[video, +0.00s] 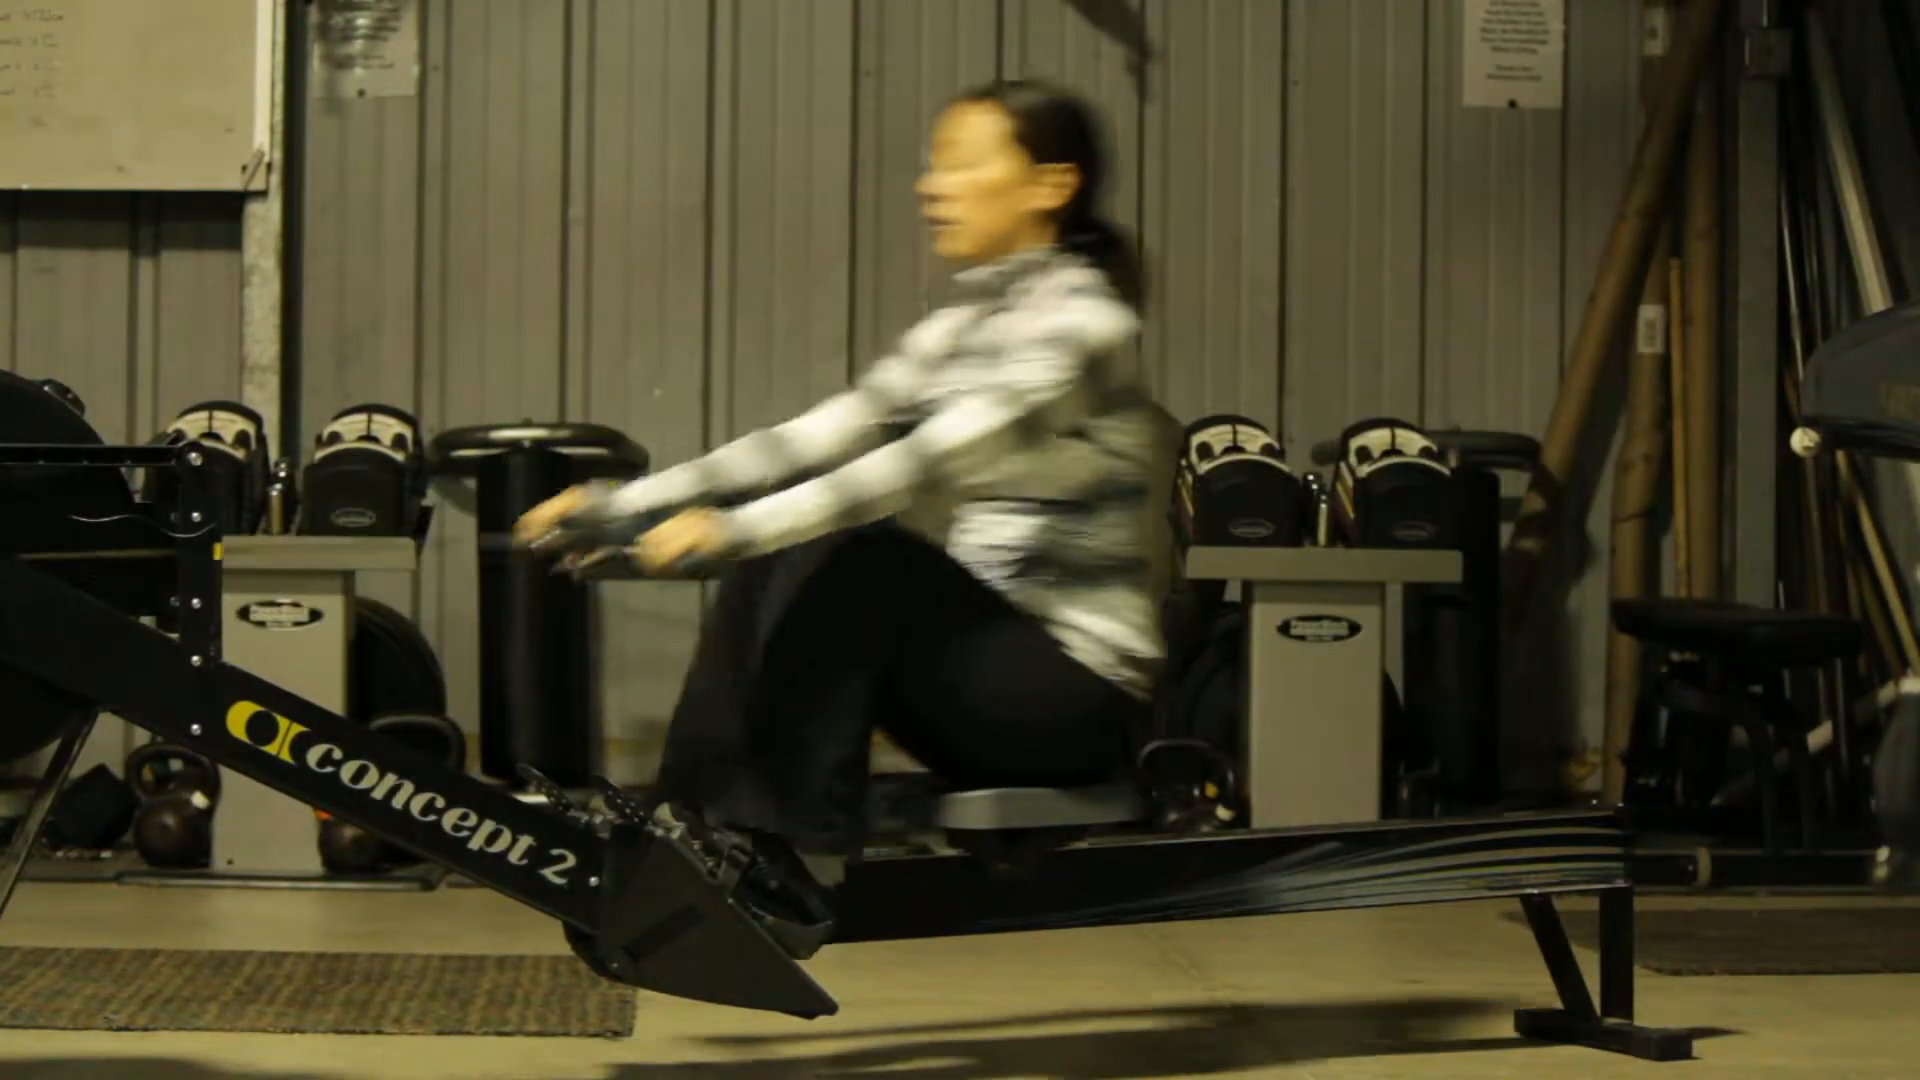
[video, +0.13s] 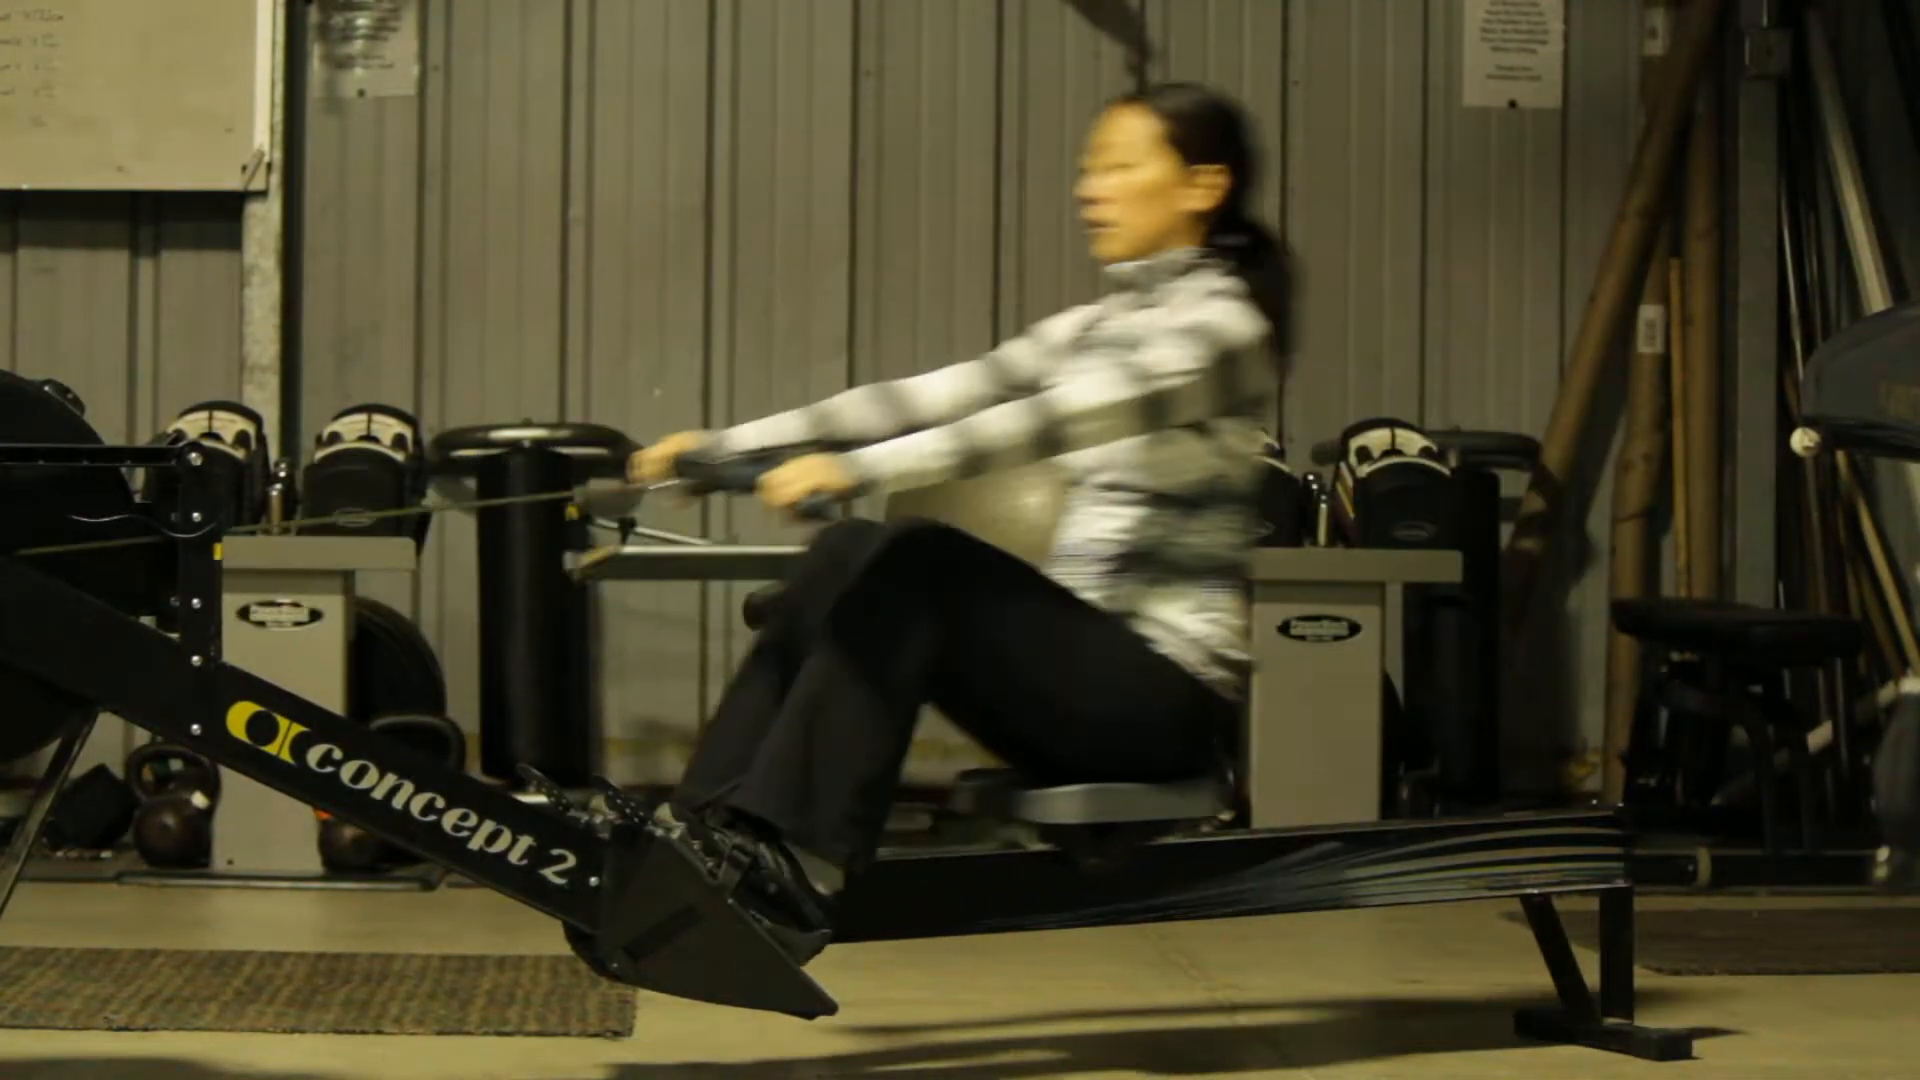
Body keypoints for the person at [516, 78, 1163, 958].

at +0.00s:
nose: (930, 188)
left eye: (962, 165)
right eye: (934, 165)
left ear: (1052, 187)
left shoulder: (1079, 318)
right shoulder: (965, 320)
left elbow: (926, 459)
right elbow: (816, 437)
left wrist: (735, 528)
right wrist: (621, 504)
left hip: (1080, 702)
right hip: (999, 685)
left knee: (867, 562)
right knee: (775, 550)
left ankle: (782, 858)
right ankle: (693, 823)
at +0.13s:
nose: (1088, 193)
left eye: (1117, 167)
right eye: (1089, 170)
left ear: (1204, 187)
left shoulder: (1222, 324)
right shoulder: (1096, 325)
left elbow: (1051, 421)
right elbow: (927, 399)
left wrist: (859, 470)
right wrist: (719, 449)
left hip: (1172, 702)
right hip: (1083, 688)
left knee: (920, 561)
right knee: (848, 555)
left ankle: (793, 852)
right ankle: (708, 830)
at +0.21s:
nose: (1176, 190)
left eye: (1206, 167)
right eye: (1179, 169)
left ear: (1291, 191)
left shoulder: (1299, 325)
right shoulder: (1168, 325)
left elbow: (1127, 409)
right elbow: (1013, 390)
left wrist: (939, 455)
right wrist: (802, 438)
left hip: (1218, 690)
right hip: (1141, 672)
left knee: (949, 585)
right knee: (885, 580)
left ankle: (811, 861)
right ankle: (721, 829)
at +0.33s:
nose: (1292, 215)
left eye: (1318, 191)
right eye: (1292, 193)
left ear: (1402, 209)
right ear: (1294, 210)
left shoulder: (1404, 335)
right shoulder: (1290, 335)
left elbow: (1230, 414)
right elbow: (1133, 397)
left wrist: (1064, 448)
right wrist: (925, 441)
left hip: (1288, 685)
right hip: (1209, 665)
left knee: (998, 625)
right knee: (938, 613)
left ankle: (823, 874)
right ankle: (744, 835)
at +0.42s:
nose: (1356, 237)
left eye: (1379, 217)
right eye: (1355, 217)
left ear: (1460, 229)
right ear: (1370, 230)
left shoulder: (1466, 352)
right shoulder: (1342, 353)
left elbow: (1350, 446)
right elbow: (1207, 429)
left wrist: (1158, 456)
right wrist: (1010, 455)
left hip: (1331, 683)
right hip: (1244, 662)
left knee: (1029, 658)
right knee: (966, 641)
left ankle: (820, 878)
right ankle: (750, 835)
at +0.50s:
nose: (1402, 264)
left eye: (1424, 243)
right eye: (1399, 243)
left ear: (1505, 249)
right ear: (1422, 252)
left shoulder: (1516, 370)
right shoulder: (1402, 369)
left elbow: (1454, 492)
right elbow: (1281, 472)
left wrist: (1247, 478)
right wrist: (1097, 476)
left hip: (1361, 681)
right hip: (1275, 655)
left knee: (1055, 690)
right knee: (993, 673)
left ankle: (815, 886)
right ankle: (740, 845)